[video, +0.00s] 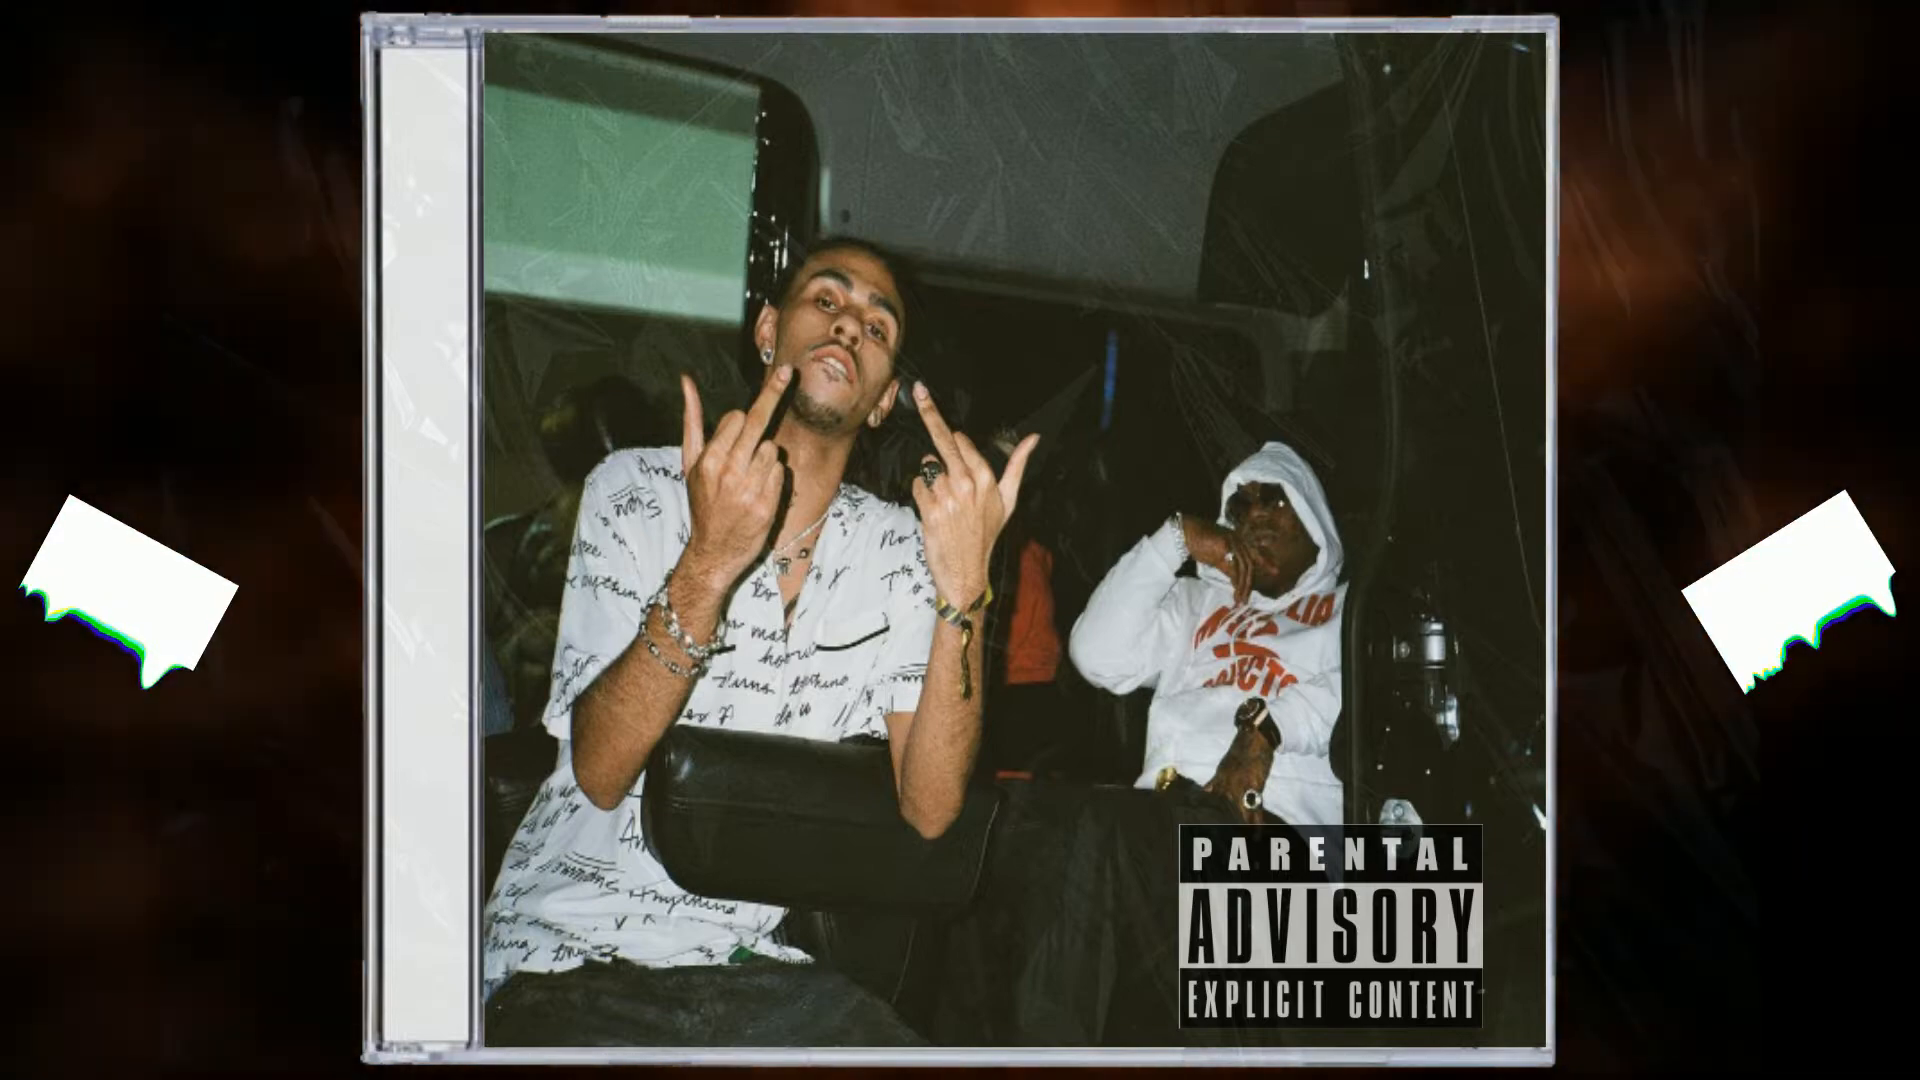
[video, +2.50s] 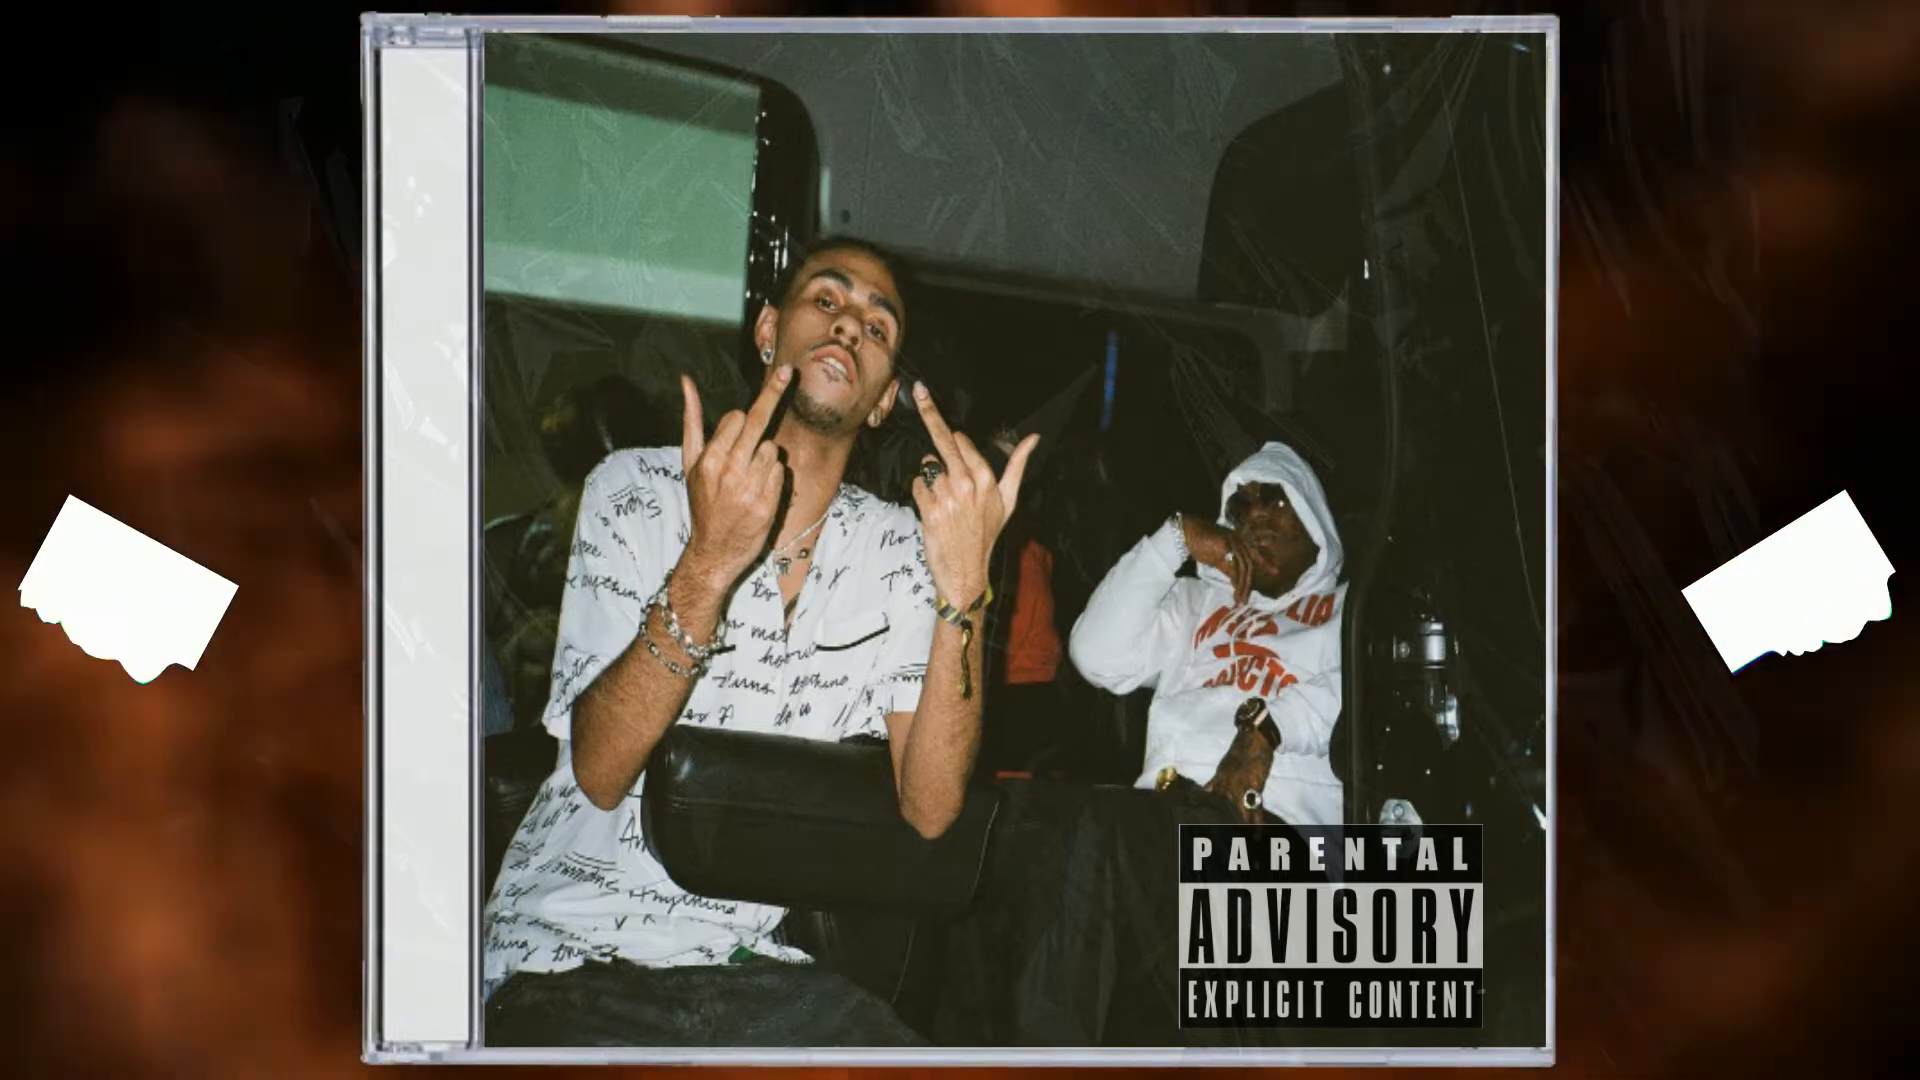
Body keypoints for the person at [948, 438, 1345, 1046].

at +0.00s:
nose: (1258, 519)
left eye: (1278, 502)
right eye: (1244, 504)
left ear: (1317, 524)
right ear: (1227, 524)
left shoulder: (1350, 610)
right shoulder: (1195, 601)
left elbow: (1351, 707)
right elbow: (1099, 657)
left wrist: (1261, 725)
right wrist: (1178, 538)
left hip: (1286, 821)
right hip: (1165, 810)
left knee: (1100, 822)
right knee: (1028, 811)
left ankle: (1049, 1054)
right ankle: (966, 1049)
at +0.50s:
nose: (1259, 518)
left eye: (1279, 502)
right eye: (1246, 503)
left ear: (1318, 523)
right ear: (1227, 522)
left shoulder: (1351, 607)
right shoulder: (1197, 599)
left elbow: (1345, 706)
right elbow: (1099, 658)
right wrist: (1176, 539)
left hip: (1285, 818)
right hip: (1165, 807)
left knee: (1100, 824)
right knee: (1029, 810)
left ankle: (1052, 1052)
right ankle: (968, 1048)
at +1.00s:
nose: (1259, 518)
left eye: (1278, 501)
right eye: (1246, 502)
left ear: (1317, 522)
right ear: (1227, 521)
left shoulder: (1350, 608)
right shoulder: (1197, 600)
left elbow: (1356, 705)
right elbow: (1100, 657)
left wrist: (1266, 724)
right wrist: (1177, 539)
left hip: (1284, 818)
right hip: (1165, 808)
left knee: (1101, 824)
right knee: (1029, 810)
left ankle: (1051, 1053)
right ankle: (968, 1048)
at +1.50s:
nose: (1257, 528)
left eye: (1276, 510)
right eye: (1244, 511)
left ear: (1317, 527)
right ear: (1228, 528)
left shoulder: (1347, 608)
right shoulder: (1194, 600)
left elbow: (1351, 694)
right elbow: (1097, 658)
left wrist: (1266, 728)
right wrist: (1176, 540)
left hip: (1285, 817)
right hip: (1168, 807)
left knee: (1098, 822)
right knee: (1024, 809)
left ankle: (1048, 1056)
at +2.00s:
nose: (1257, 522)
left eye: (1277, 505)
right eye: (1243, 507)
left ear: (1318, 526)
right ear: (1226, 526)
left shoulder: (1350, 607)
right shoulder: (1196, 601)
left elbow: (1355, 698)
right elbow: (1099, 658)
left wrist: (1266, 727)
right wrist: (1177, 538)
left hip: (1284, 818)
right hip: (1163, 809)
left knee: (1099, 822)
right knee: (1028, 810)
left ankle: (1049, 1053)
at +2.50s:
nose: (1259, 518)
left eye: (1279, 501)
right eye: (1245, 503)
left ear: (1318, 522)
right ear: (1227, 523)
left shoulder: (1352, 608)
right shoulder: (1197, 599)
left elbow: (1356, 705)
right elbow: (1100, 658)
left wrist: (1268, 725)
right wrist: (1176, 540)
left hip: (1285, 816)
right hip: (1165, 806)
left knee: (1103, 824)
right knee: (1028, 811)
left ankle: (1051, 1054)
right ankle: (967, 1048)